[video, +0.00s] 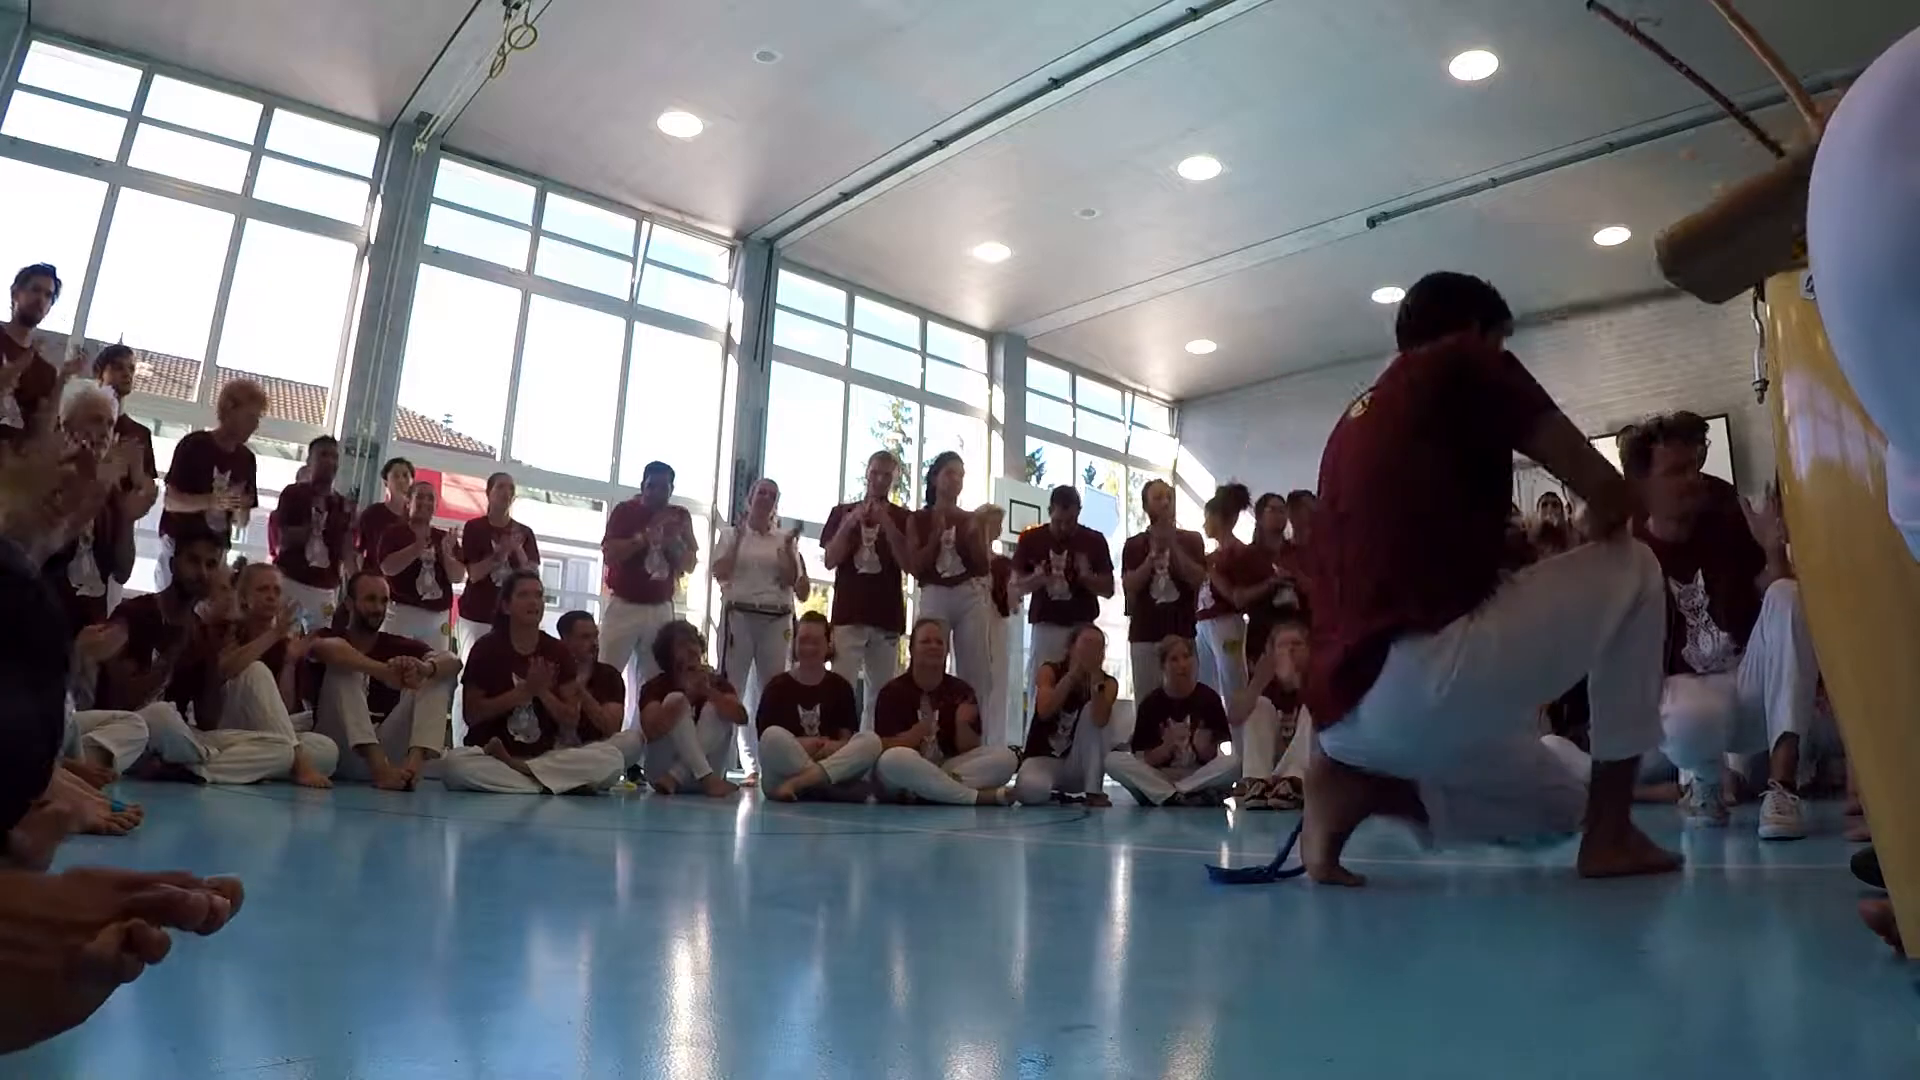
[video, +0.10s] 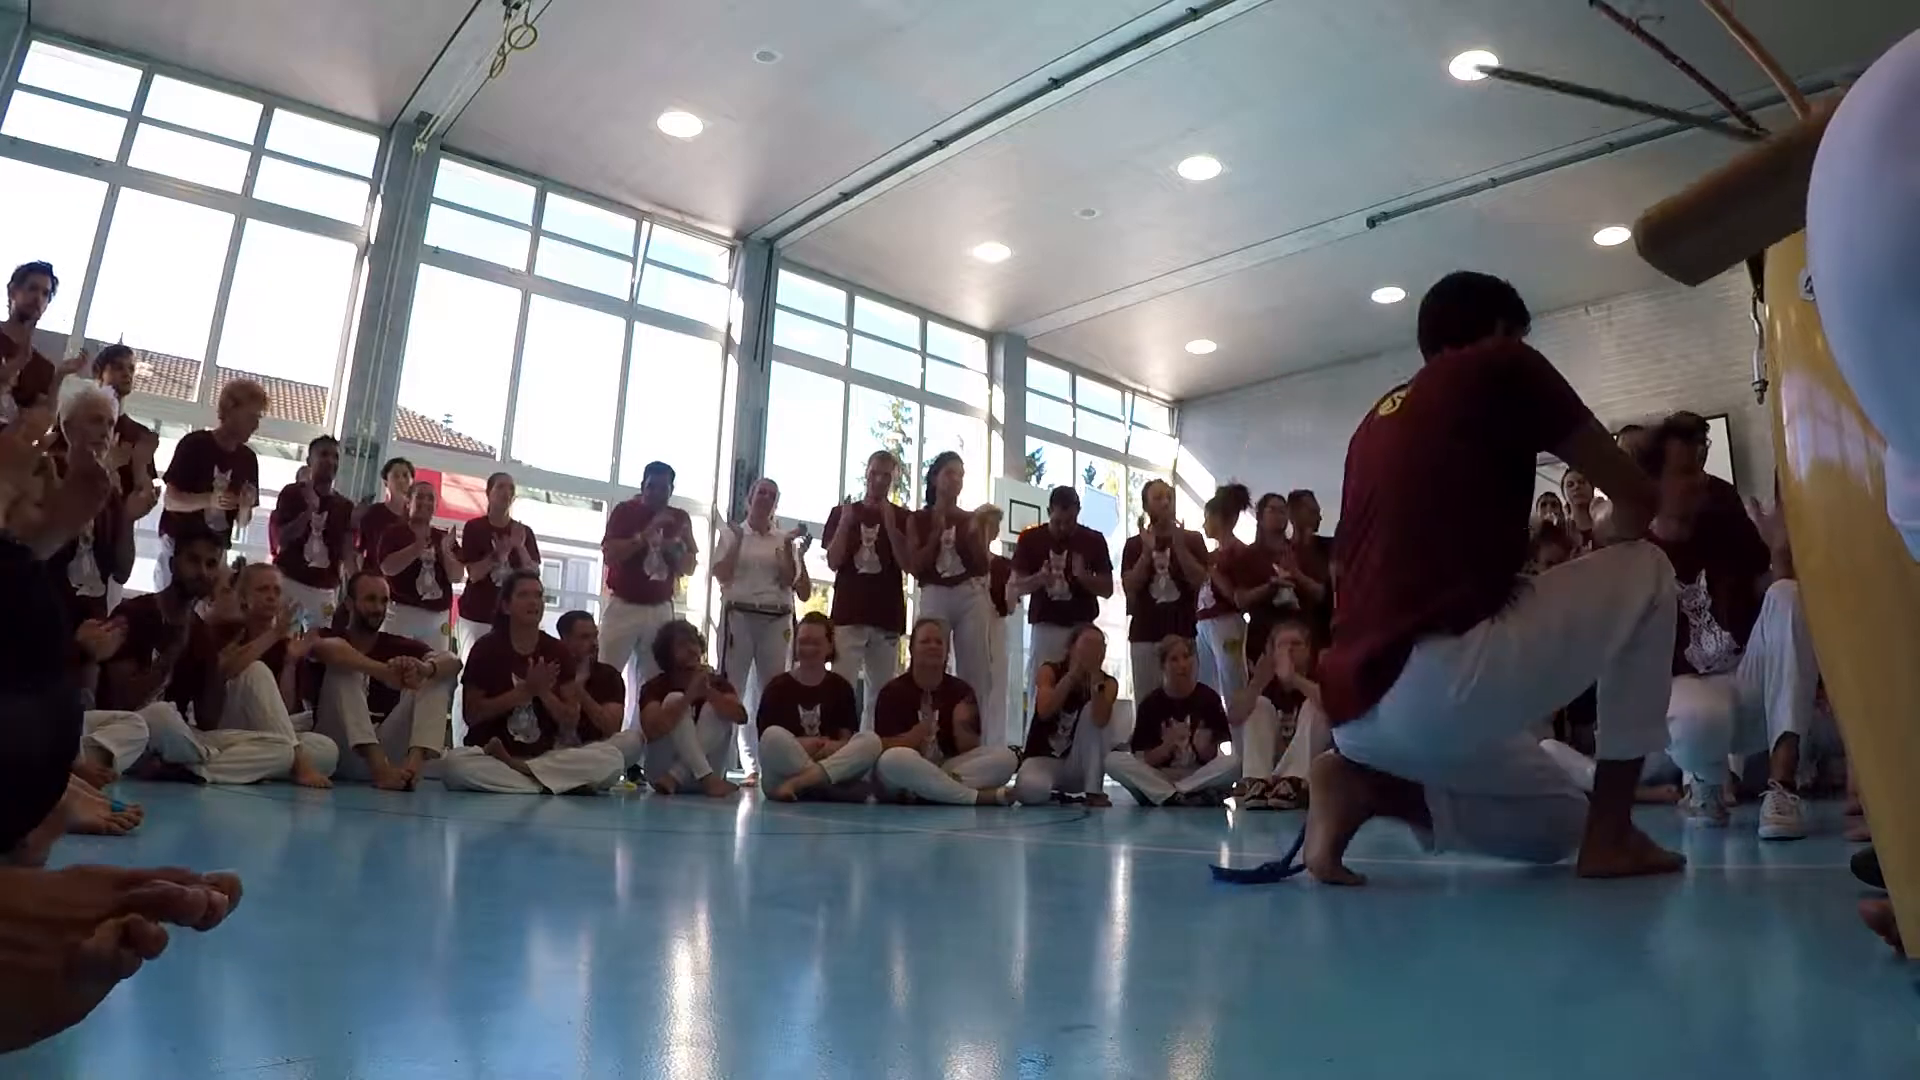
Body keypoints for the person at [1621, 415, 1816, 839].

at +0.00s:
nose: (1693, 481)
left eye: (1696, 468)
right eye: (1676, 472)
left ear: (1704, 467)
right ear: (1641, 482)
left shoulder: (1729, 521)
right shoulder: (1626, 546)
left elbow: (1774, 597)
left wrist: (1773, 550)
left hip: (1751, 677)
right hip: (1685, 687)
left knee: (1786, 596)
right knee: (1695, 723)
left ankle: (1781, 784)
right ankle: (1702, 781)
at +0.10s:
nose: (1699, 481)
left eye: (1699, 468)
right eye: (1684, 471)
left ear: (1704, 469)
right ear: (1652, 479)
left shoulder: (1728, 524)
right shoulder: (1631, 543)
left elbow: (1774, 597)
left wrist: (1779, 552)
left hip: (1747, 673)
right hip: (1686, 684)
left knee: (1787, 596)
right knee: (1700, 720)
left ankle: (1781, 784)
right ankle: (1704, 783)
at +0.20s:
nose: (1711, 481)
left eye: (1709, 470)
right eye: (1697, 472)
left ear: (1709, 472)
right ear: (1661, 480)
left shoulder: (1726, 528)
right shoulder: (1639, 539)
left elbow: (1777, 595)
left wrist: (1781, 546)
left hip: (1747, 673)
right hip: (1688, 682)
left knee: (1788, 596)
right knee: (1707, 731)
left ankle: (1784, 783)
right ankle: (1704, 782)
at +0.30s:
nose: (1713, 479)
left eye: (1711, 467)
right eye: (1698, 470)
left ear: (1713, 469)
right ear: (1663, 480)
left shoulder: (1727, 534)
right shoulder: (1645, 546)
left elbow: (1773, 597)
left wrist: (1781, 541)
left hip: (1747, 677)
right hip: (1690, 685)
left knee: (1789, 596)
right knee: (1710, 730)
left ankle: (1783, 782)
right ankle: (1706, 784)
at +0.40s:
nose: (1713, 478)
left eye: (1710, 467)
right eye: (1700, 470)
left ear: (1712, 471)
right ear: (1667, 480)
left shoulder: (1725, 531)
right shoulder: (1641, 546)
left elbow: (1765, 597)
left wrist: (1782, 540)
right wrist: (1620, 557)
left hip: (1749, 673)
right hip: (1692, 683)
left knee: (1789, 595)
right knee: (1713, 735)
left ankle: (1783, 784)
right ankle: (1704, 784)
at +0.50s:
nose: (1707, 478)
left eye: (1708, 467)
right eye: (1695, 469)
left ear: (1713, 471)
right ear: (1666, 477)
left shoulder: (1731, 535)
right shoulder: (1643, 539)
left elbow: (1778, 594)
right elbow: (1606, 602)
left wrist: (1781, 527)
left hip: (1749, 674)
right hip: (1695, 682)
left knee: (1789, 595)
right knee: (1716, 734)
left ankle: (1781, 779)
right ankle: (1704, 787)